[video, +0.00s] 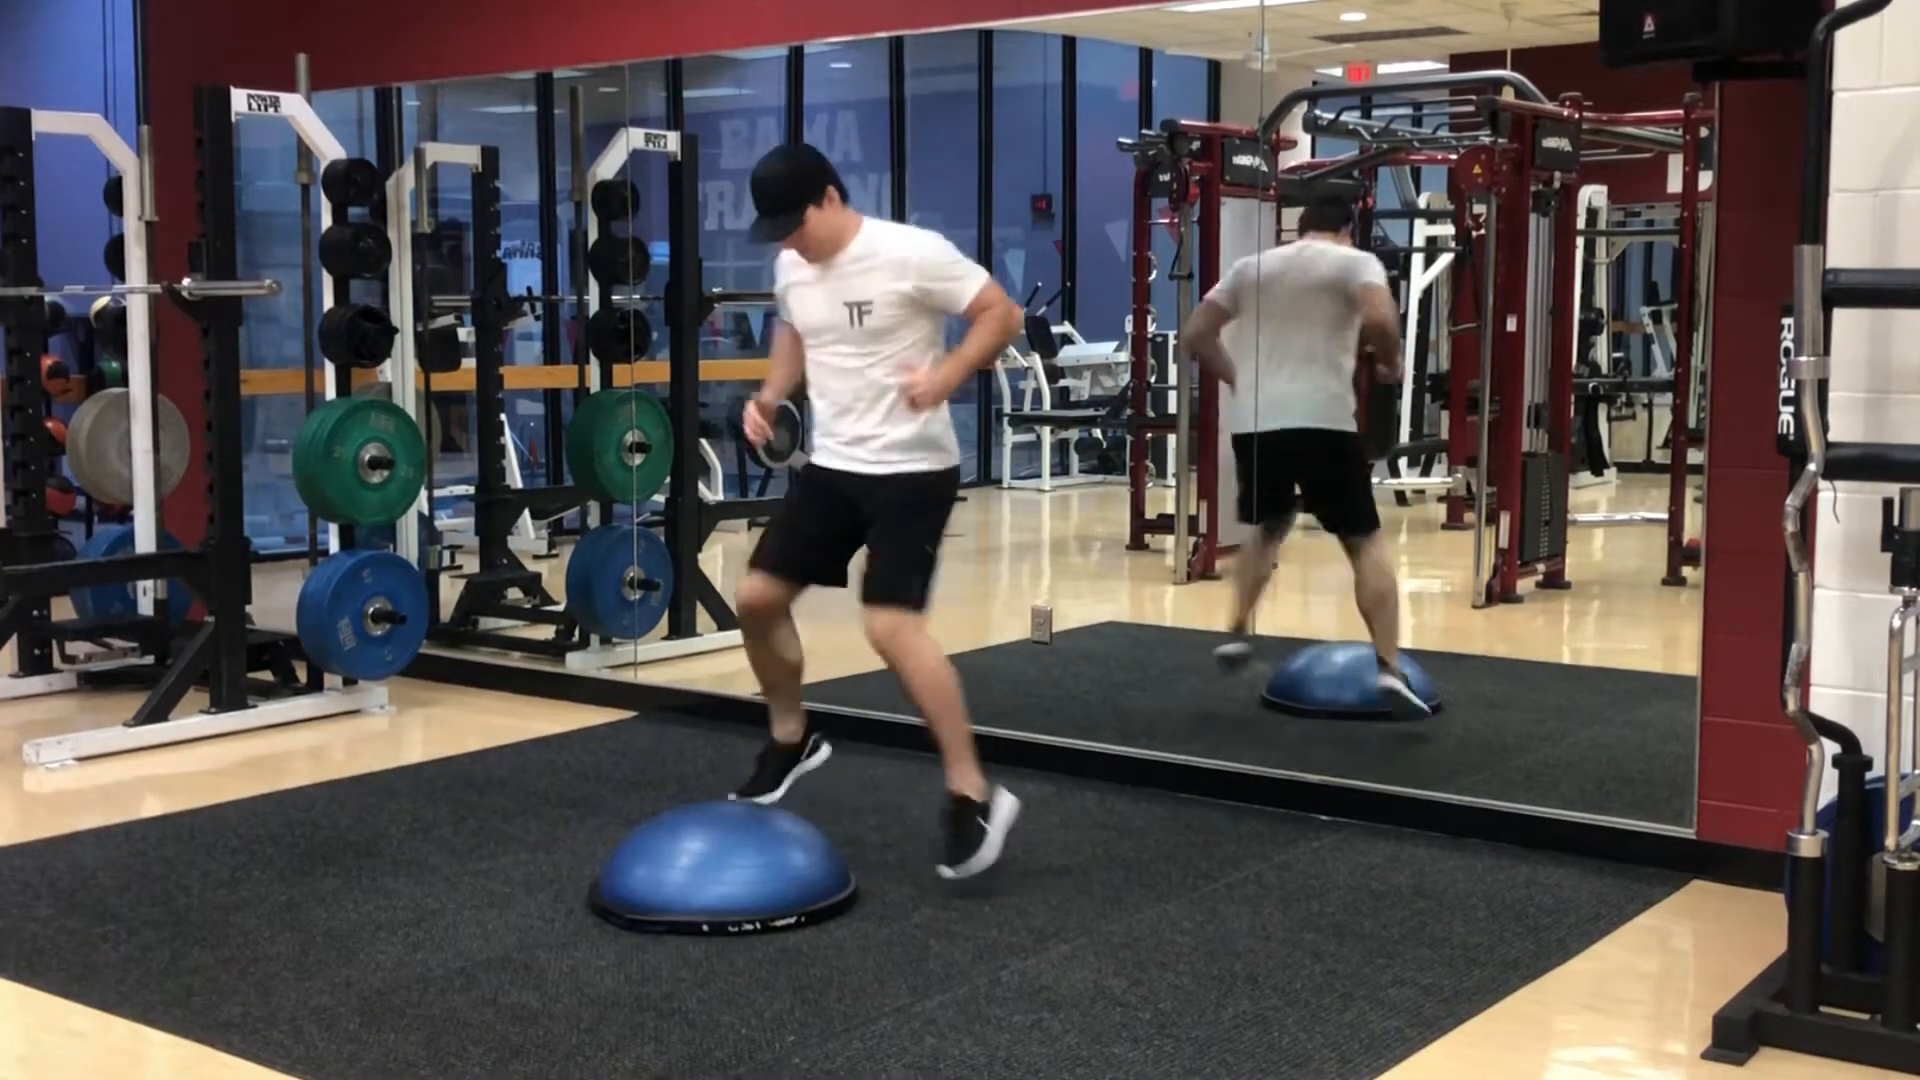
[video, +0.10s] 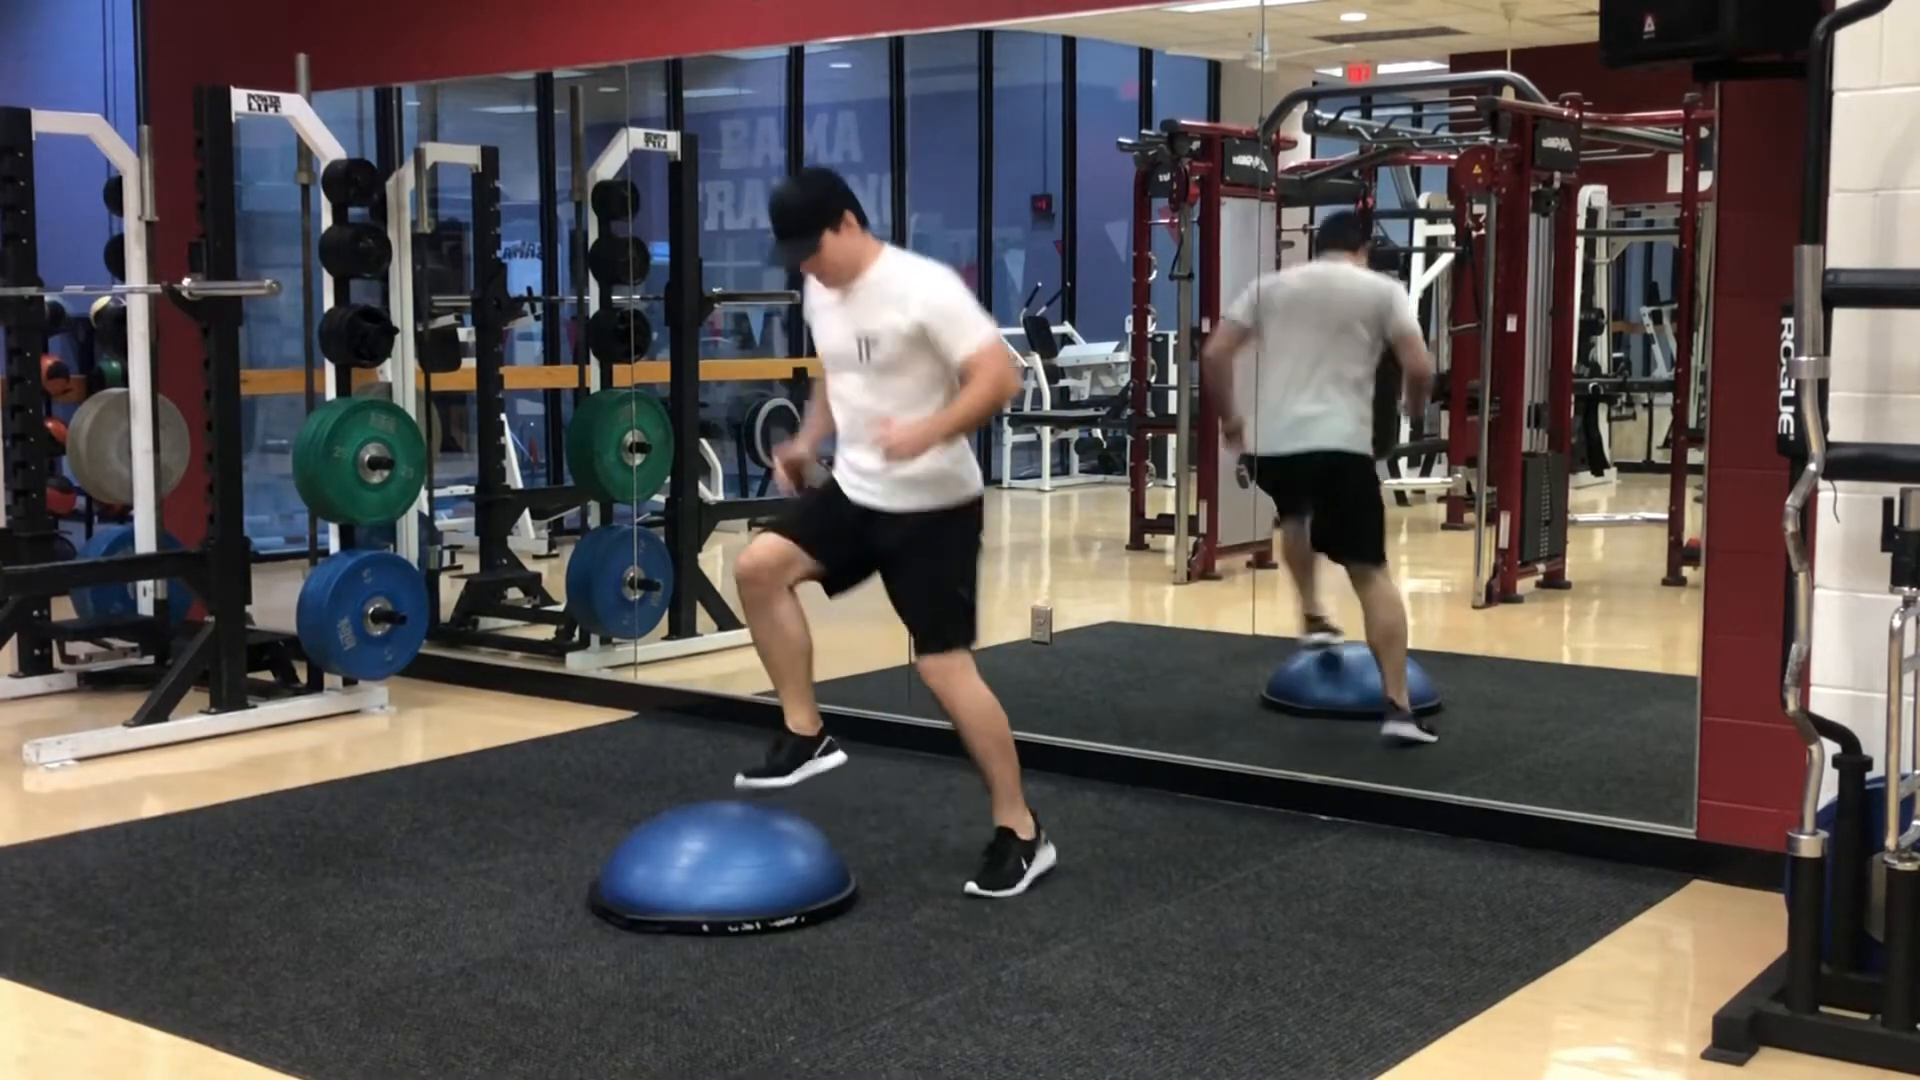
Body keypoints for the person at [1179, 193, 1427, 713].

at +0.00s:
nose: (1354, 239)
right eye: (1354, 231)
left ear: (1301, 224)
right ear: (1346, 228)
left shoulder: (1249, 267)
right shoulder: (1357, 262)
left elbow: (1195, 335)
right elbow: (1379, 319)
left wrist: (1239, 378)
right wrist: (1390, 363)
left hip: (1254, 425)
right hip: (1324, 424)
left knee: (1267, 527)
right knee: (1367, 546)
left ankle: (1237, 630)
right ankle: (1389, 668)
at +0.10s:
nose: (1370, 259)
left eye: (1365, 252)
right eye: (1369, 251)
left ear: (1315, 248)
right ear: (1362, 249)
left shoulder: (1269, 286)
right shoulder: (1384, 290)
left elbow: (1214, 353)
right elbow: (1420, 367)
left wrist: (1229, 418)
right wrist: (1414, 405)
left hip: (1275, 448)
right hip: (1344, 449)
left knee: (1293, 518)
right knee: (1372, 575)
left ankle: (1312, 617)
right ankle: (1399, 709)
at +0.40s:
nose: (1364, 236)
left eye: (1359, 230)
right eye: (1365, 229)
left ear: (1312, 221)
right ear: (1360, 226)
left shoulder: (1262, 261)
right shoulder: (1370, 261)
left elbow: (1214, 335)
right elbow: (1400, 324)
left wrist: (1269, 347)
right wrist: (1387, 362)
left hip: (1266, 422)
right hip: (1333, 426)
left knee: (1270, 530)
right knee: (1372, 539)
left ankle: (1232, 640)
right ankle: (1367, 654)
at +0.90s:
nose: (1358, 235)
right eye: (1358, 227)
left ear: (1306, 225)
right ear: (1353, 227)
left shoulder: (1262, 269)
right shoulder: (1371, 268)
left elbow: (1210, 337)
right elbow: (1402, 335)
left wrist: (1245, 381)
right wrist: (1384, 377)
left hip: (1271, 431)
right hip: (1338, 432)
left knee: (1285, 523)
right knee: (1361, 563)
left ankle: (1278, 633)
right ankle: (1384, 690)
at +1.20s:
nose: (1358, 241)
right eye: (1358, 233)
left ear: (1305, 227)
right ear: (1351, 231)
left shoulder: (1259, 266)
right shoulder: (1367, 270)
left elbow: (1207, 331)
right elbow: (1393, 349)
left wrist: (1244, 377)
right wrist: (1362, 368)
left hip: (1258, 431)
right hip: (1329, 433)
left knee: (1274, 524)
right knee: (1360, 557)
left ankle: (1238, 636)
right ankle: (1372, 677)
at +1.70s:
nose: (1334, 236)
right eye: (1334, 228)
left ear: (1284, 225)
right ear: (1332, 227)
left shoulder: (1242, 267)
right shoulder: (1348, 258)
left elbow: (1191, 337)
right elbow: (1379, 321)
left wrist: (1218, 389)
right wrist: (1381, 372)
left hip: (1262, 426)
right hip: (1328, 424)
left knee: (1278, 526)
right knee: (1358, 547)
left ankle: (1261, 629)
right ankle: (1377, 670)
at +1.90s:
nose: (1339, 266)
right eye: (1343, 258)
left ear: (1294, 258)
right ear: (1344, 257)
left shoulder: (1260, 299)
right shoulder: (1369, 300)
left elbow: (1210, 364)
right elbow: (1415, 371)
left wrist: (1222, 417)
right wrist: (1381, 388)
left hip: (1272, 462)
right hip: (1337, 461)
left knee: (1306, 533)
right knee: (1366, 588)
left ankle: (1318, 629)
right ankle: (1378, 712)